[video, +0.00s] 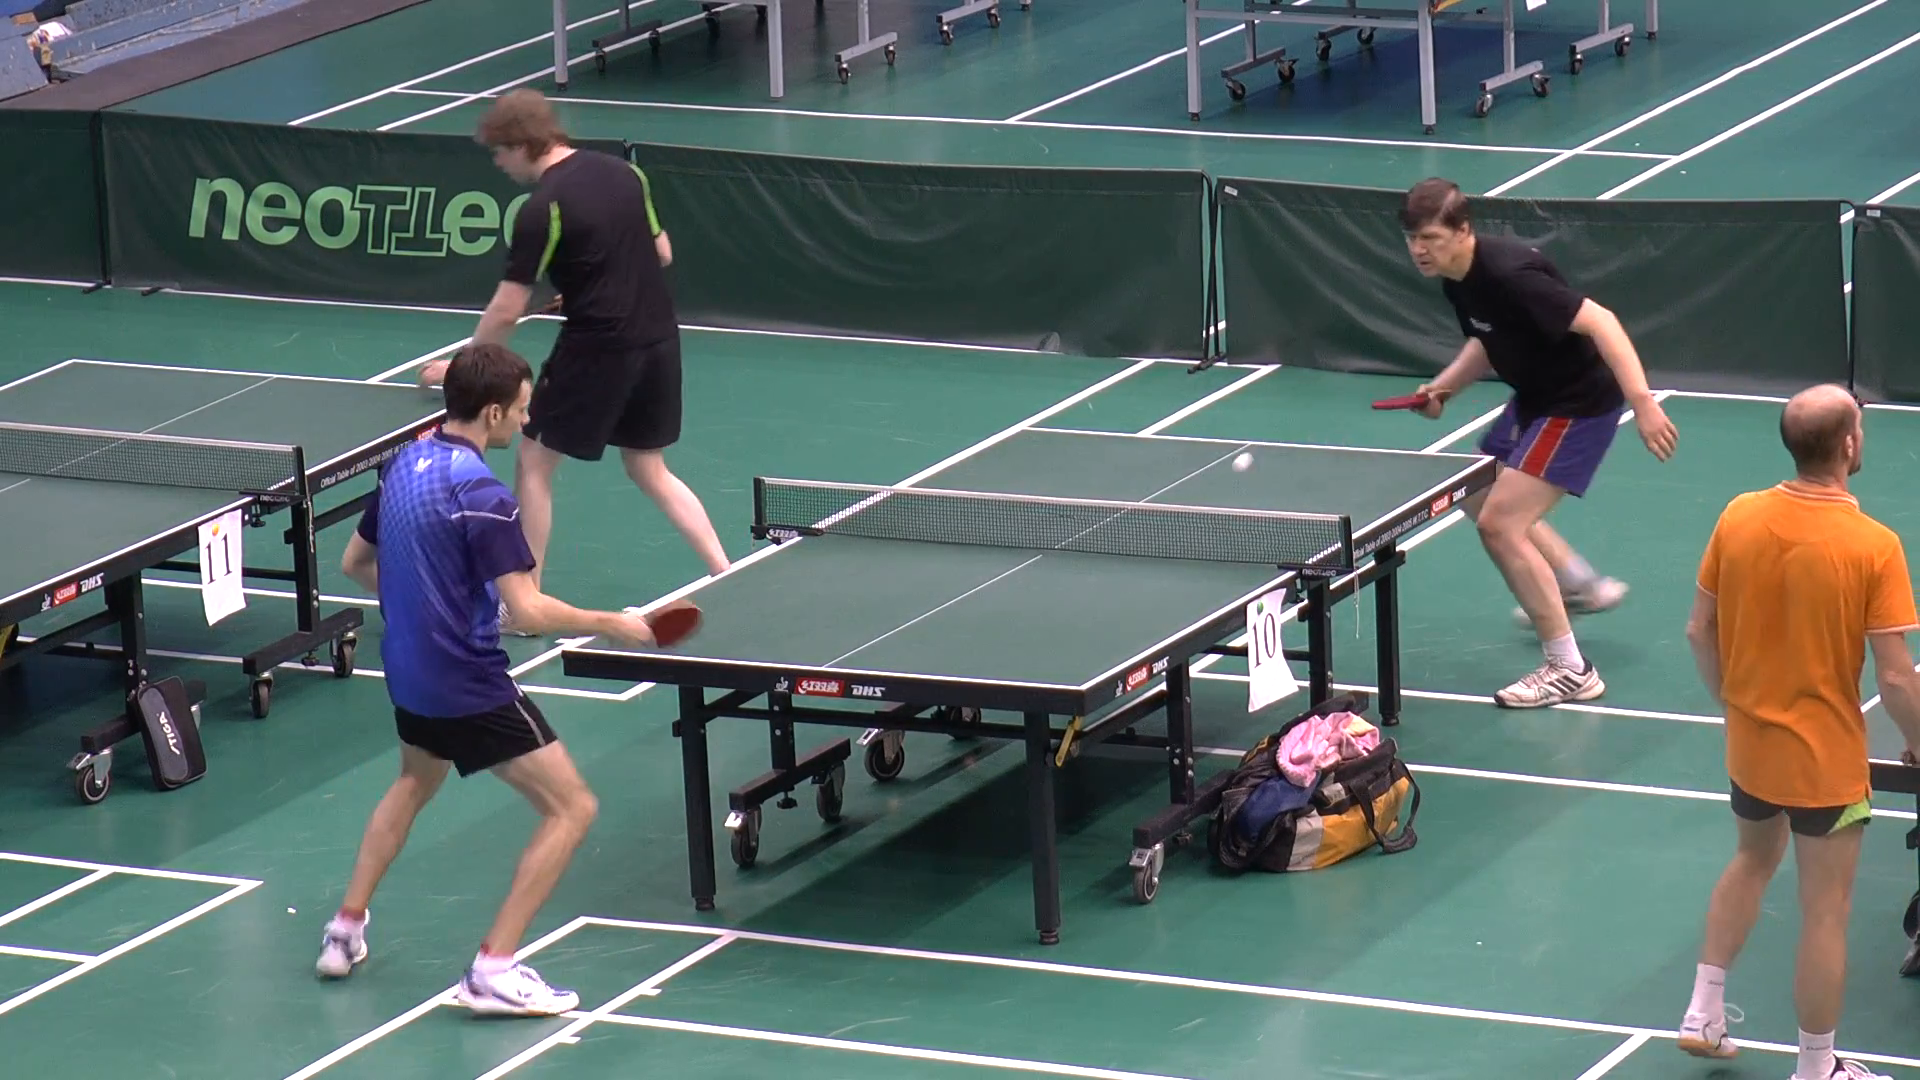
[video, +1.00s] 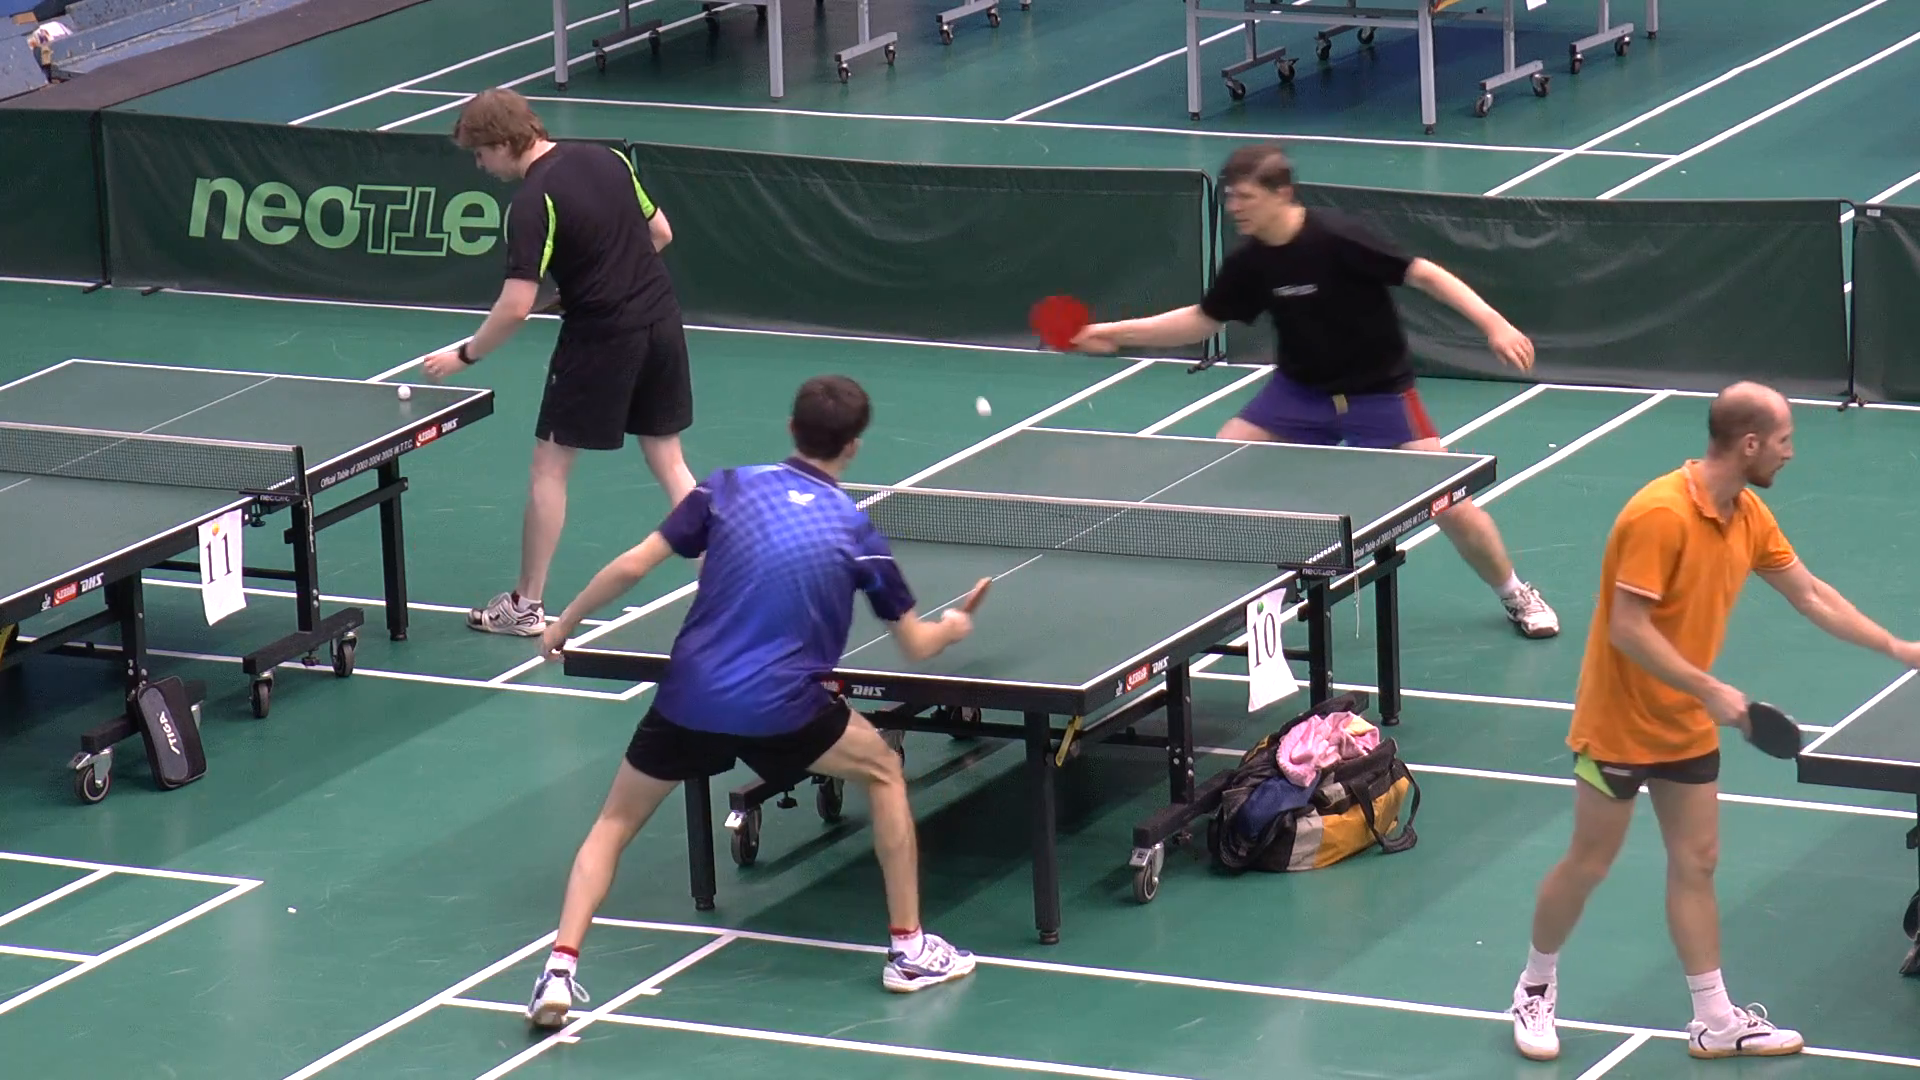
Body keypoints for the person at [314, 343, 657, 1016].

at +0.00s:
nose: (524, 418)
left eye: (524, 406)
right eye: (521, 406)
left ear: (458, 402)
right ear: (493, 410)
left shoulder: (404, 460)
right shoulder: (481, 490)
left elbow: (357, 562)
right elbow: (525, 609)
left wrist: (424, 595)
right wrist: (613, 623)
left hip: (408, 676)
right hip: (469, 686)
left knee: (416, 778)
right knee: (572, 808)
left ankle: (346, 926)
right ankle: (495, 966)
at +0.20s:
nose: (568, 456)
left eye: (568, 444)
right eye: (563, 445)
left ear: (512, 442)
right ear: (525, 445)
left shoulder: (451, 488)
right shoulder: (528, 525)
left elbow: (404, 553)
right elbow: (620, 608)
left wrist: (496, 581)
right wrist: (735, 621)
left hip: (438, 702)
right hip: (503, 706)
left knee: (421, 802)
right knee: (658, 769)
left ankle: (340, 933)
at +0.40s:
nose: (737, 469)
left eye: (739, 456)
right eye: (732, 457)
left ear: (669, 442)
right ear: (693, 450)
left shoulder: (596, 472)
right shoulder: (695, 523)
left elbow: (497, 503)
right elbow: (810, 594)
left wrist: (442, 526)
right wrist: (920, 600)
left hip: (544, 688)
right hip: (622, 697)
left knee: (458, 793)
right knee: (766, 779)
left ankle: (359, 924)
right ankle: (859, 938)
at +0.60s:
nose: (883, 492)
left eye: (882, 481)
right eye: (882, 483)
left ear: (814, 468)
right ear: (865, 485)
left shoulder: (742, 501)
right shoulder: (849, 560)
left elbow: (628, 535)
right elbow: (954, 625)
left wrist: (517, 564)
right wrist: (1035, 611)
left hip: (656, 704)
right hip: (743, 719)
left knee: (552, 812)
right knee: (902, 768)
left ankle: (449, 935)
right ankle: (887, 939)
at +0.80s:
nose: (906, 472)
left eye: (897, 458)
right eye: (908, 464)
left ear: (841, 450)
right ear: (897, 472)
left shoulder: (770, 495)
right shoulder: (889, 546)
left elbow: (671, 555)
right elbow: (968, 618)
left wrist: (569, 609)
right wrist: (1018, 606)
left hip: (701, 704)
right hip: (795, 719)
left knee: (607, 816)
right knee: (926, 764)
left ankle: (510, 958)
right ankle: (891, 939)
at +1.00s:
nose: (853, 445)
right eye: (856, 439)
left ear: (791, 431)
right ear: (851, 446)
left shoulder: (727, 487)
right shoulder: (854, 526)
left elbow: (632, 566)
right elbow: (918, 645)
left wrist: (563, 625)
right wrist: (956, 621)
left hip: (688, 702)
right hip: (782, 709)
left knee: (614, 823)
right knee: (884, 770)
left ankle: (558, 969)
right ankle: (910, 946)